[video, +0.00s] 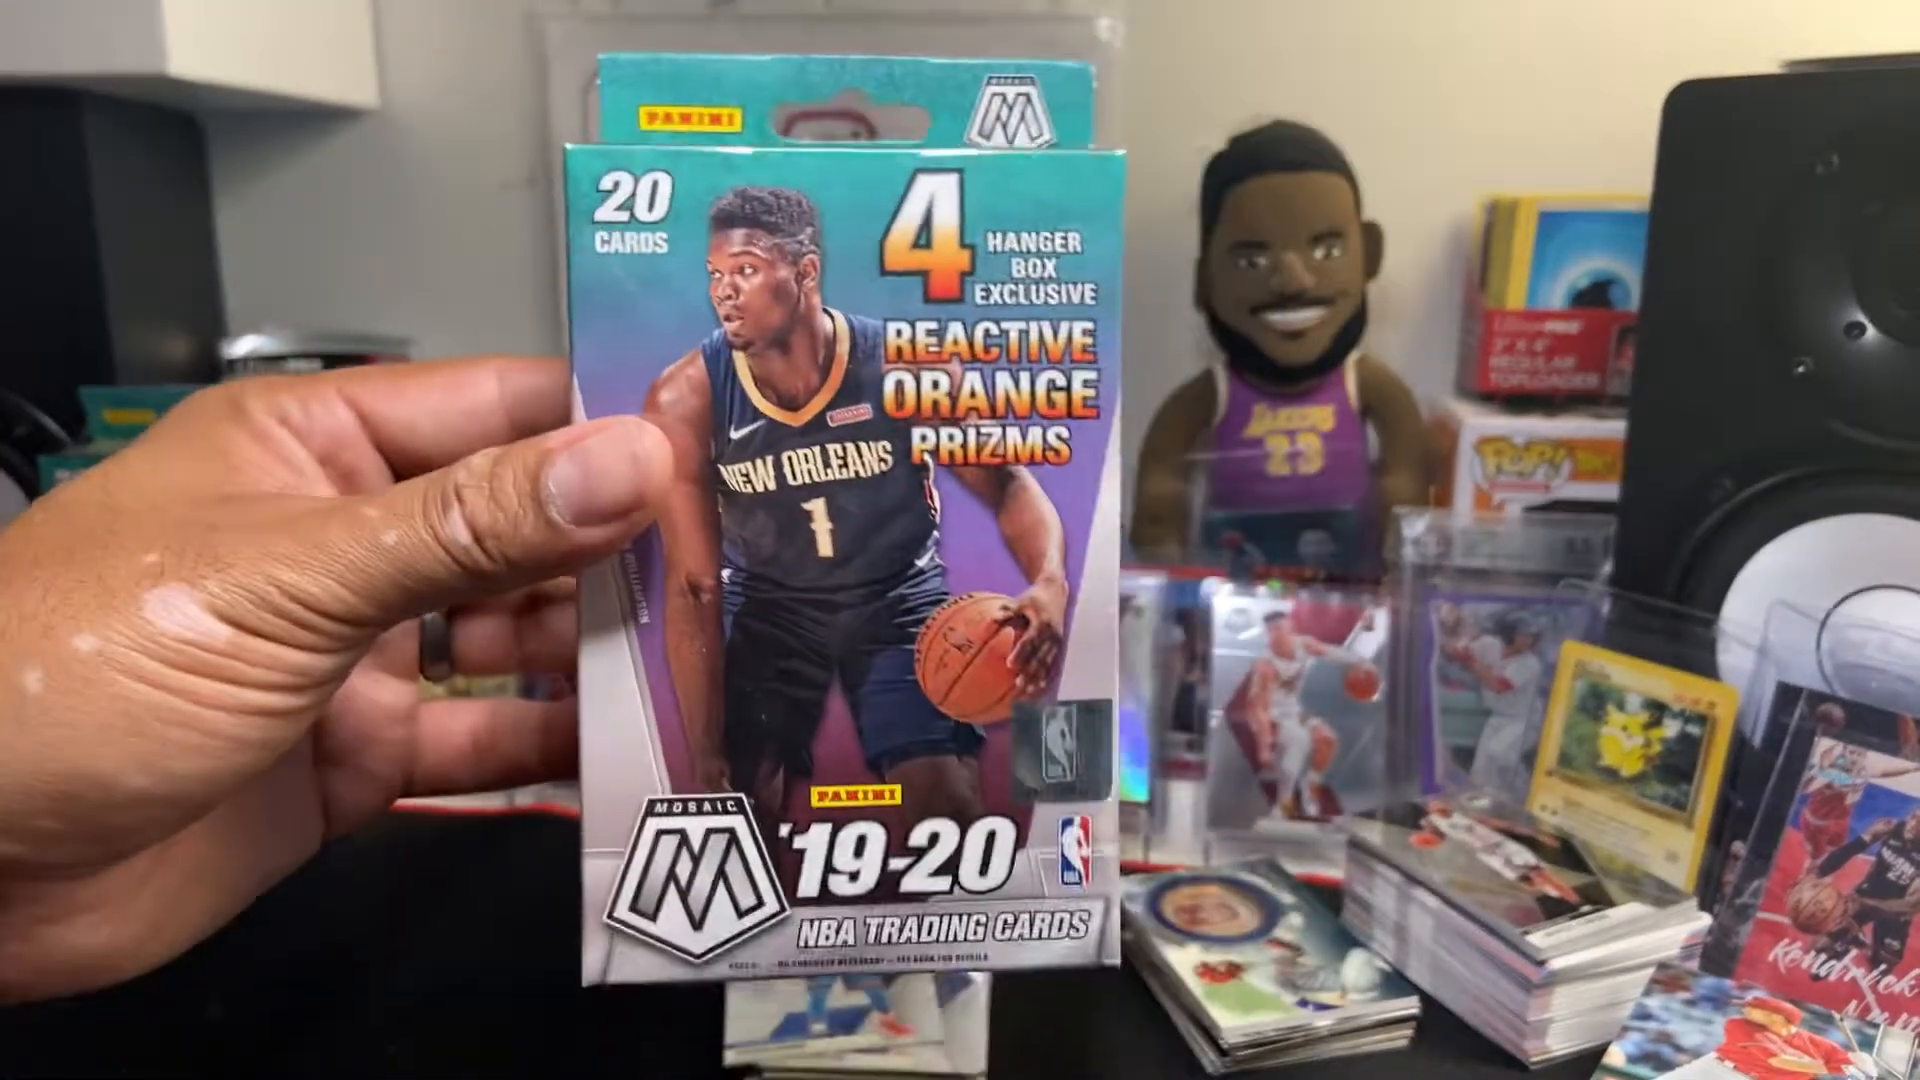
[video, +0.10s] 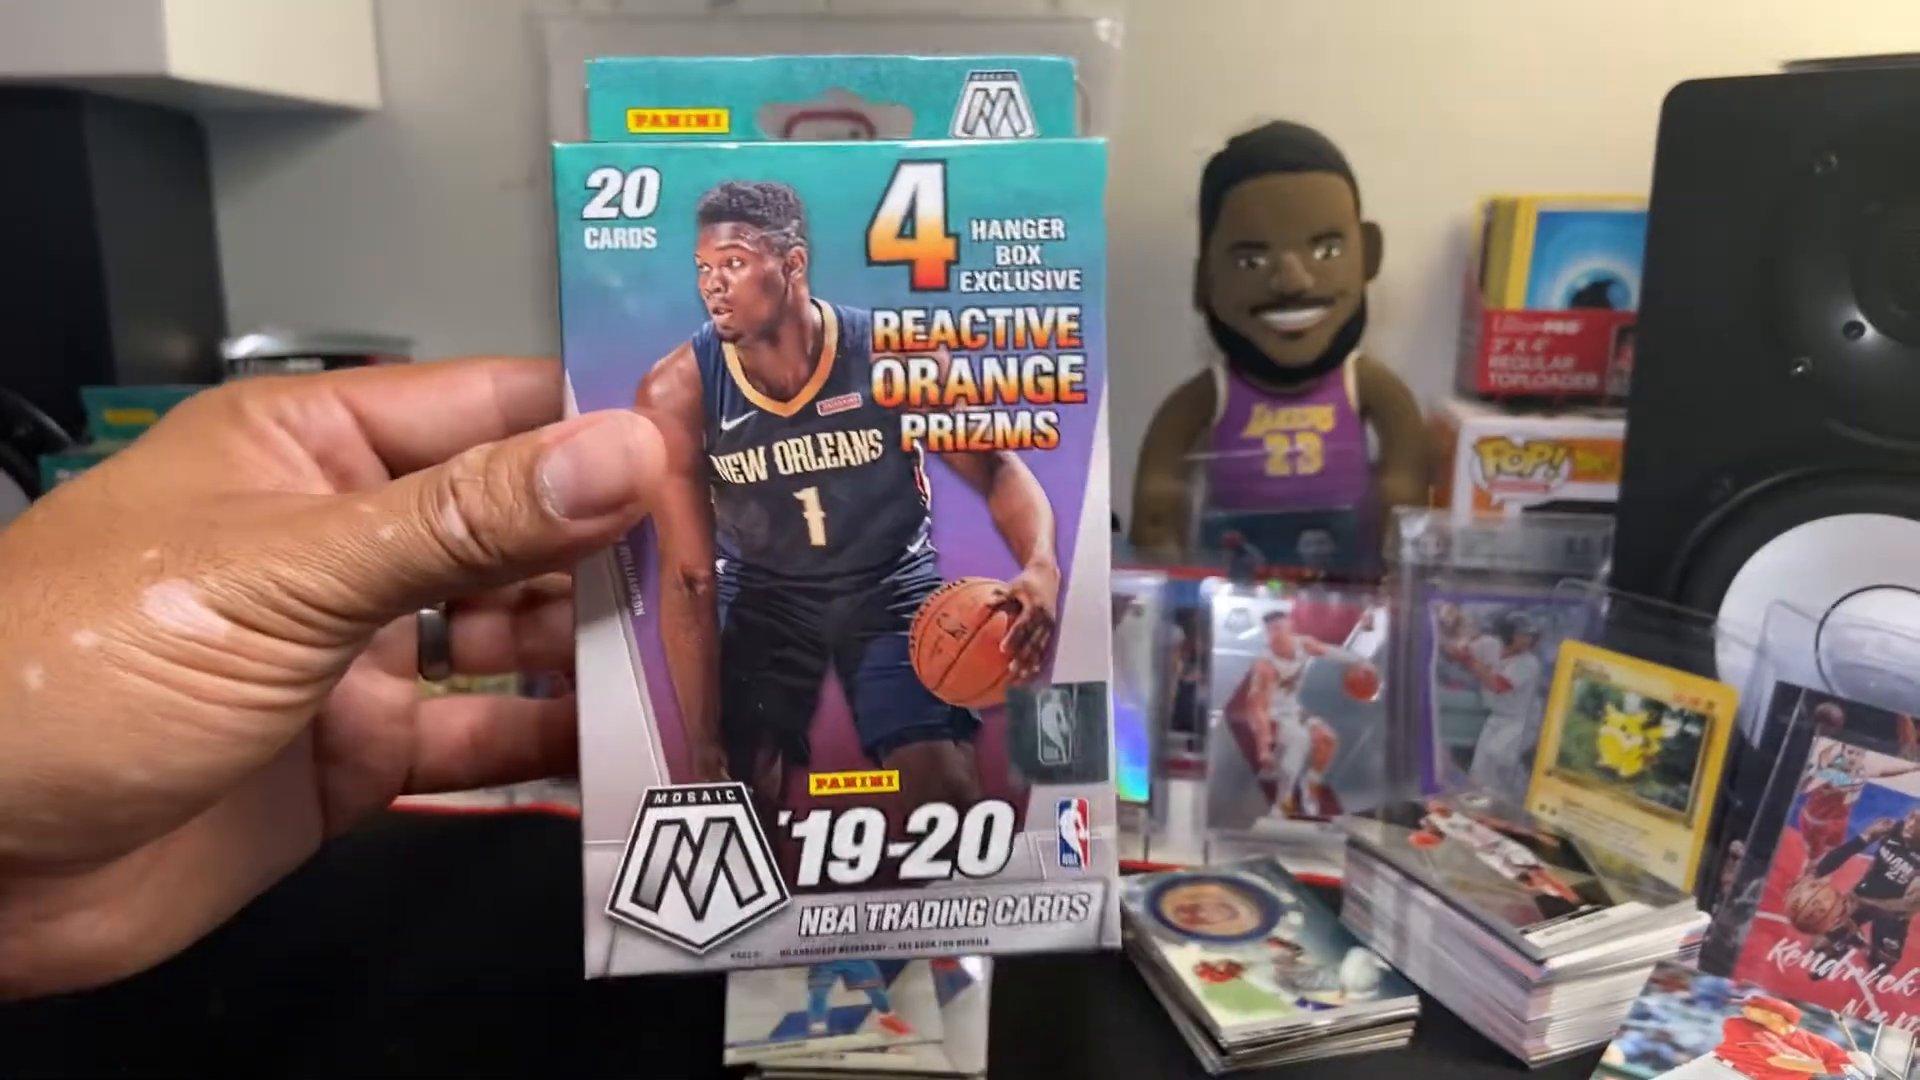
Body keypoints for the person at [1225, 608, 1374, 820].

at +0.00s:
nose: (1278, 635)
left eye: (1281, 629)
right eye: (1273, 630)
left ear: (1290, 629)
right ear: (1268, 634)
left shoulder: (1303, 645)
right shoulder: (1265, 666)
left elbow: (1332, 653)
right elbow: (1257, 708)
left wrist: (1361, 663)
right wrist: (1264, 747)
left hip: (1297, 712)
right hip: (1275, 716)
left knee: (1326, 739)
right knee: (1299, 740)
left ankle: (1311, 789)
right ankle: (1284, 802)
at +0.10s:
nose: (1277, 635)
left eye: (1280, 628)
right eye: (1272, 630)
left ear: (1289, 628)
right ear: (1267, 634)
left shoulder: (1303, 645)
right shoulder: (1265, 666)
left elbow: (1332, 653)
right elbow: (1257, 708)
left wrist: (1361, 663)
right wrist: (1263, 748)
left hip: (1296, 712)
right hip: (1273, 715)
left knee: (1326, 739)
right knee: (1299, 739)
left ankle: (1311, 790)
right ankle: (1283, 801)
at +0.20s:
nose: (1276, 635)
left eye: (1279, 628)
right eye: (1271, 630)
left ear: (1289, 628)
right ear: (1266, 633)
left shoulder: (1303, 645)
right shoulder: (1265, 666)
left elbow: (1332, 653)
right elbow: (1256, 708)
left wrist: (1361, 662)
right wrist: (1263, 748)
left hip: (1295, 712)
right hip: (1272, 715)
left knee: (1326, 739)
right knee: (1299, 739)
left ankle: (1310, 789)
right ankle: (1283, 801)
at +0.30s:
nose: (1276, 635)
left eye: (1279, 628)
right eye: (1271, 630)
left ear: (1289, 628)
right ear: (1266, 634)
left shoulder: (1302, 644)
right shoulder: (1264, 666)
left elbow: (1332, 653)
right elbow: (1256, 708)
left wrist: (1361, 662)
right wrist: (1263, 748)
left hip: (1295, 711)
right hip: (1272, 714)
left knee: (1325, 739)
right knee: (1298, 738)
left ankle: (1309, 789)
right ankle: (1282, 801)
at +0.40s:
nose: (1274, 634)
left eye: (1278, 628)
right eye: (1269, 630)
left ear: (1289, 628)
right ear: (1266, 634)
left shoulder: (1302, 644)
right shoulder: (1264, 665)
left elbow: (1331, 652)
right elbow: (1256, 709)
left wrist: (1360, 662)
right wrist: (1263, 748)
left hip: (1294, 710)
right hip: (1271, 712)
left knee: (1326, 739)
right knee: (1299, 738)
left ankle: (1309, 786)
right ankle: (1282, 799)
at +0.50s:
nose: (1274, 634)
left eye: (1278, 628)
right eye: (1269, 630)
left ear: (1289, 629)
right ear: (1266, 634)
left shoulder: (1303, 645)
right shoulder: (1264, 665)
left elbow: (1330, 652)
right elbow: (1256, 708)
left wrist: (1359, 662)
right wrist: (1263, 748)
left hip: (1294, 710)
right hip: (1271, 712)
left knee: (1325, 739)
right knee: (1299, 737)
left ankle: (1309, 785)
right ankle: (1283, 798)